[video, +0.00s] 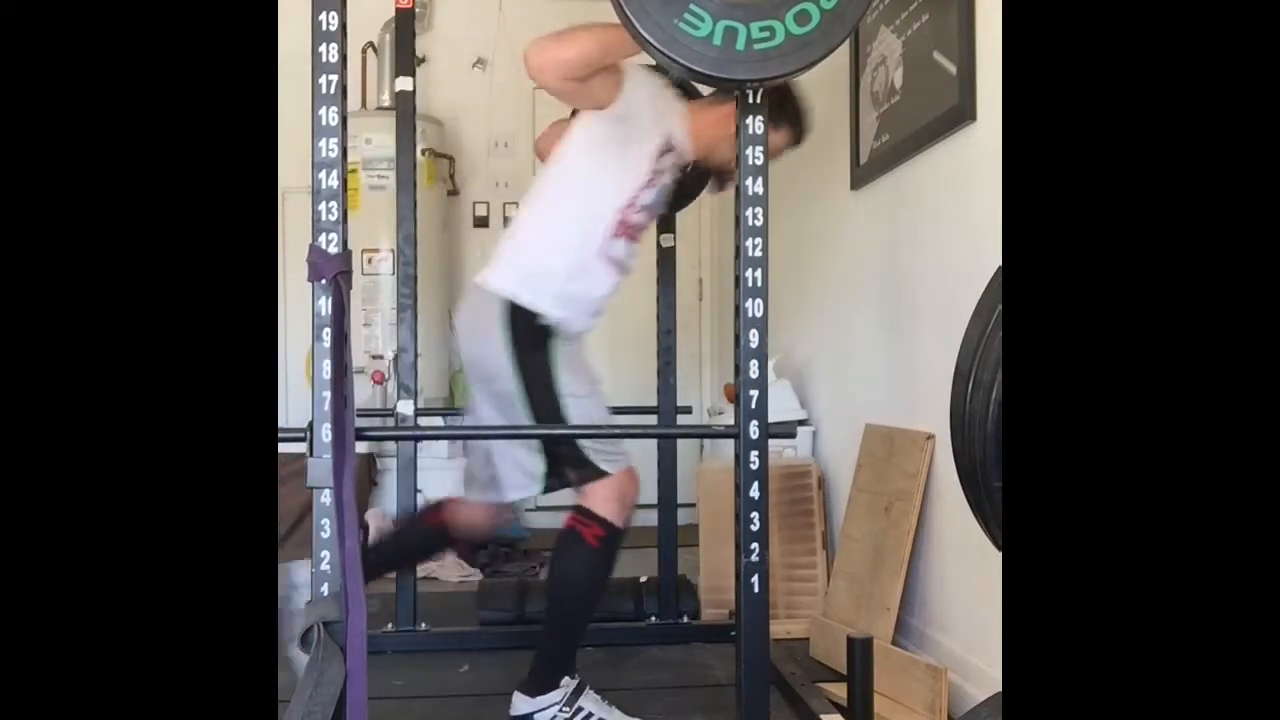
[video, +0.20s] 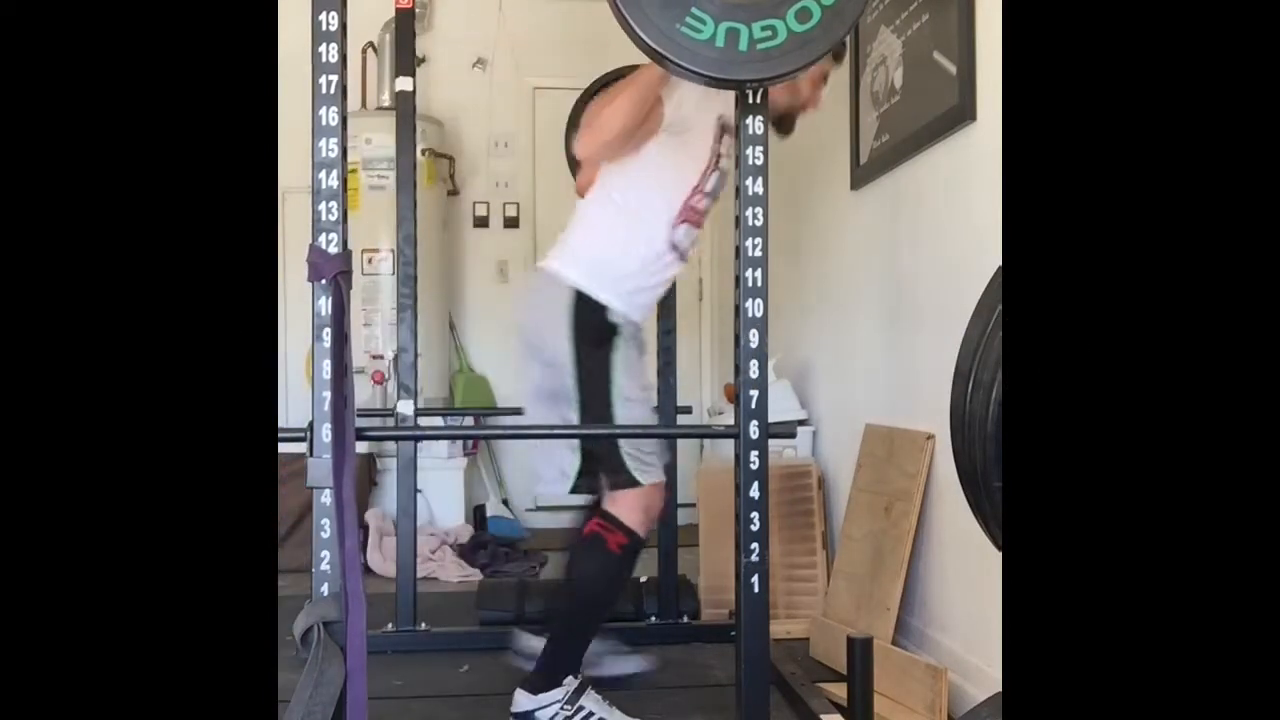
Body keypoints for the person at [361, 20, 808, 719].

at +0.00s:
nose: (747, 169)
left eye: (760, 162)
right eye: (758, 153)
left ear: (738, 120)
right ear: (745, 114)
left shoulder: (674, 155)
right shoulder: (642, 96)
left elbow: (553, 143)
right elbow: (545, 57)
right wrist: (642, 31)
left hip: (543, 322)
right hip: (510, 311)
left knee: (488, 510)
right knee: (610, 488)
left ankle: (345, 570)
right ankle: (545, 691)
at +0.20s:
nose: (818, 96)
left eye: (824, 82)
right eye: (819, 76)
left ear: (784, 70)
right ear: (783, 60)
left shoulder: (723, 119)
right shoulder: (690, 88)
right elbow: (588, 147)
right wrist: (663, 56)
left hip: (615, 311)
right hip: (578, 303)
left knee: (643, 491)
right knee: (635, 497)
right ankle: (549, 685)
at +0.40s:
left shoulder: (716, 104)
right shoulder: (674, 86)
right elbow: (598, 154)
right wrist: (669, 58)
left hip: (633, 310)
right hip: (608, 309)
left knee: (686, 479)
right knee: (703, 484)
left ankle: (635, 646)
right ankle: (579, 659)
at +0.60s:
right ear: (720, 27)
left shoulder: (700, 106)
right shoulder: (680, 84)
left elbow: (586, 185)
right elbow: (594, 158)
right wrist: (665, 62)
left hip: (617, 311)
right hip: (624, 315)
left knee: (680, 485)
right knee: (720, 491)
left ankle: (634, 648)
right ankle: (659, 692)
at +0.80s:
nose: (757, 42)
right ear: (717, 26)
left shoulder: (710, 106)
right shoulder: (676, 81)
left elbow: (585, 183)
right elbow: (588, 143)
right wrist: (662, 55)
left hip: (630, 311)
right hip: (622, 312)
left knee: (683, 482)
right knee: (719, 491)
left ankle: (627, 649)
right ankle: (655, 694)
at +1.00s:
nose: (756, 39)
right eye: (747, 27)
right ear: (717, 21)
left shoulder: (701, 99)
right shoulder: (676, 74)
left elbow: (577, 178)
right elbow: (579, 133)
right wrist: (662, 46)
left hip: (630, 311)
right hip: (617, 312)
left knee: (672, 485)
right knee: (713, 491)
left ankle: (626, 652)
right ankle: (655, 694)